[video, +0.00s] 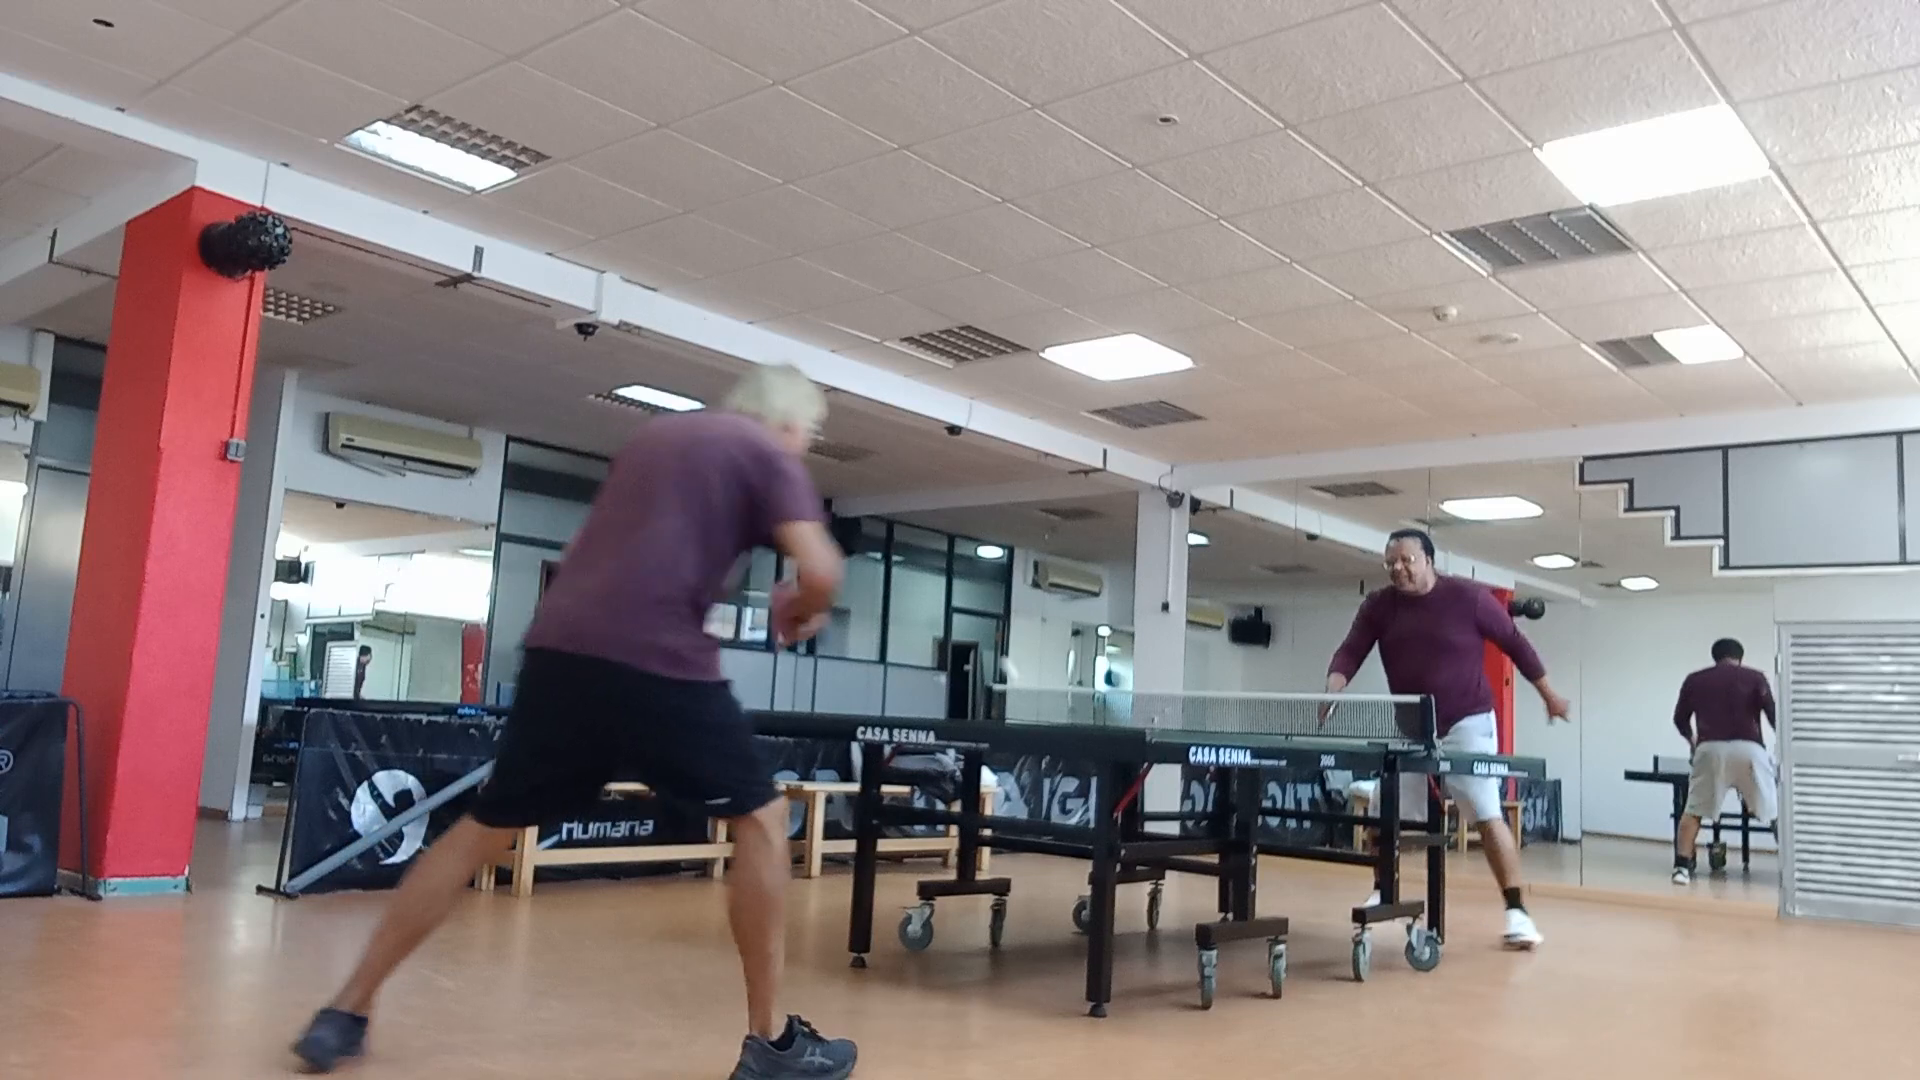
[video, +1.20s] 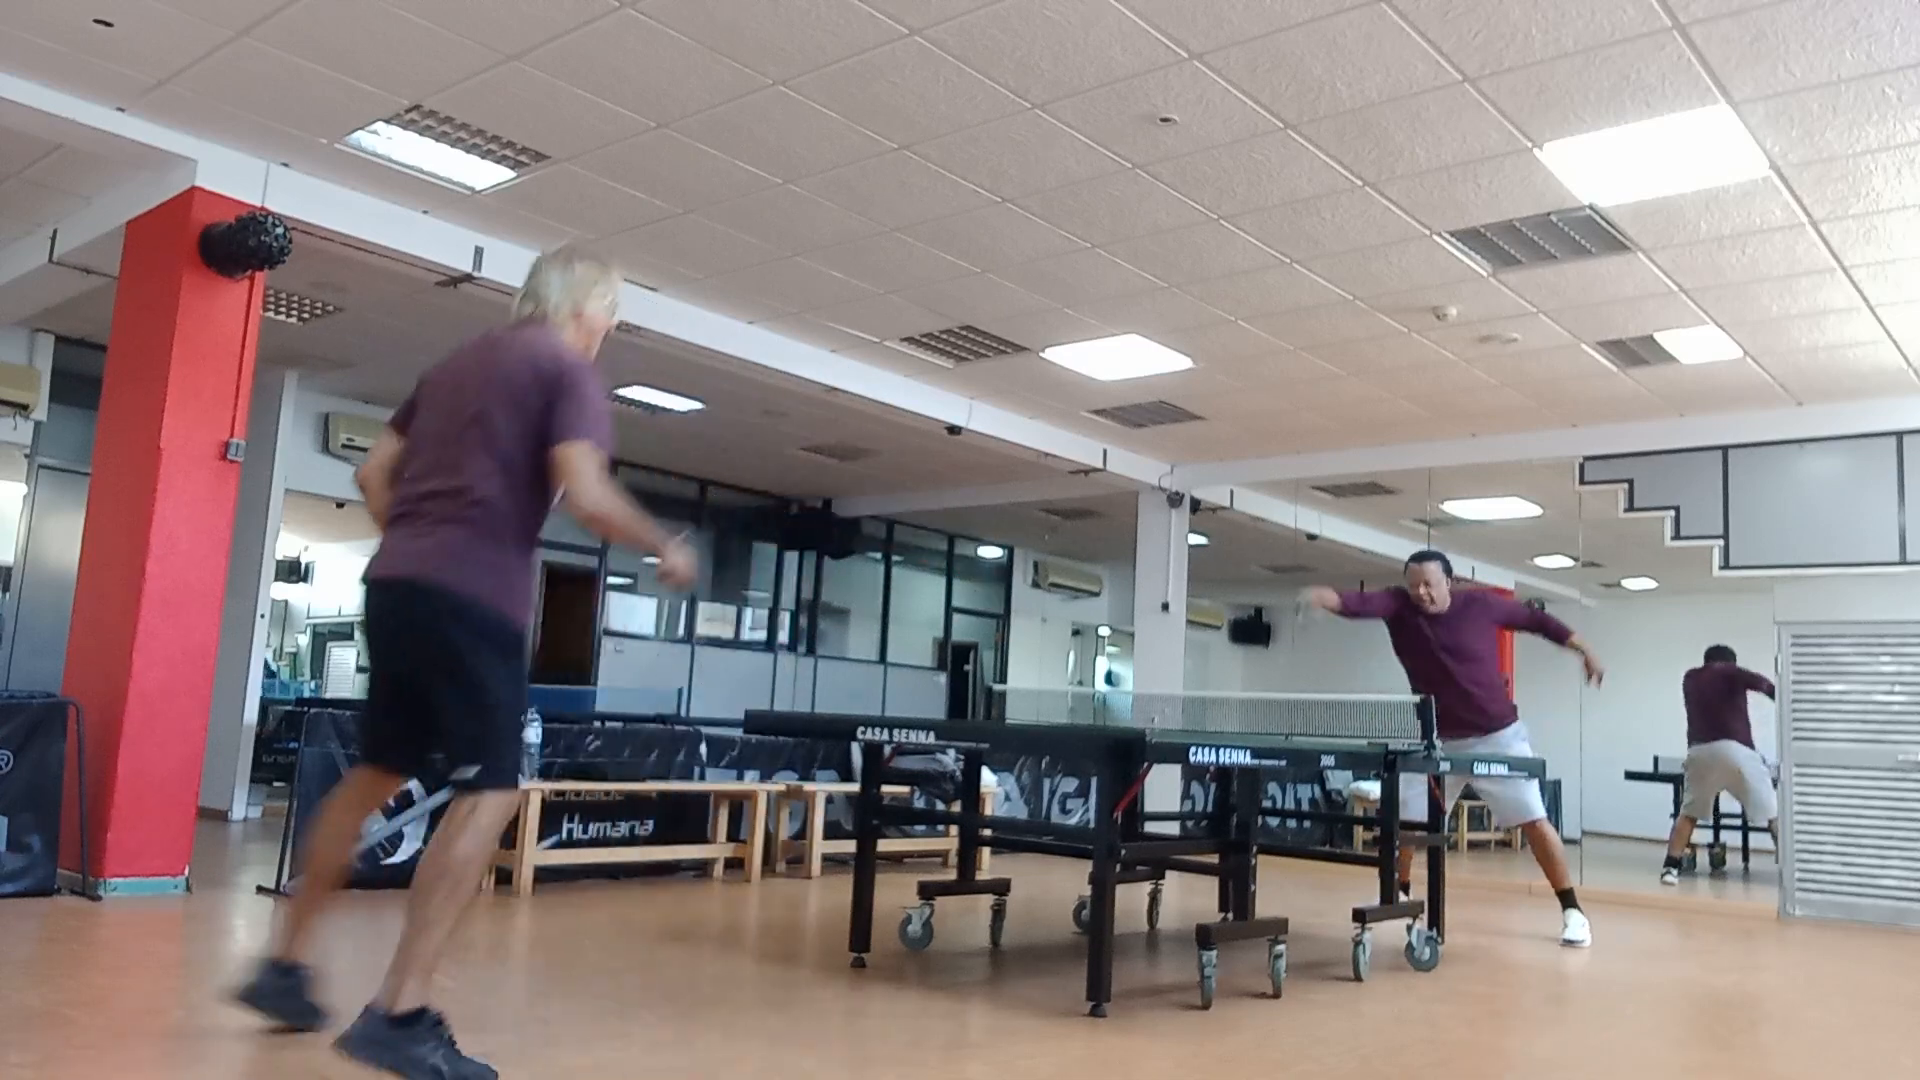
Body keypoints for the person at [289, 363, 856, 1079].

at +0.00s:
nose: (801, 454)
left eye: (807, 443)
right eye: (804, 439)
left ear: (735, 404)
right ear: (786, 422)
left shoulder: (651, 435)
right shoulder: (768, 452)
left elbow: (612, 554)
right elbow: (822, 571)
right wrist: (798, 610)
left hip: (556, 659)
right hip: (661, 668)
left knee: (479, 831)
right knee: (759, 818)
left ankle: (345, 1013)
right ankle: (770, 1035)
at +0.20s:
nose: (864, 468)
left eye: (862, 454)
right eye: (864, 457)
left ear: (798, 417)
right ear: (852, 444)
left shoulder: (720, 443)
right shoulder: (844, 467)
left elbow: (663, 541)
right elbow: (946, 570)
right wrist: (900, 592)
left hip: (616, 629)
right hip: (715, 647)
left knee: (546, 822)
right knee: (793, 817)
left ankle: (417, 1007)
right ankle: (775, 1036)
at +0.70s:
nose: (778, 388)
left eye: (776, 376)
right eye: (777, 377)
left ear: (702, 364)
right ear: (765, 374)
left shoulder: (632, 423)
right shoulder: (766, 419)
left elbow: (573, 547)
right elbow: (865, 499)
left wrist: (629, 599)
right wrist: (916, 519)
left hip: (608, 642)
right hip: (712, 646)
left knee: (548, 811)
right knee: (777, 819)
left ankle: (454, 995)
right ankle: (787, 1028)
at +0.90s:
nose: (669, 367)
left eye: (668, 355)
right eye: (665, 354)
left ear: (587, 348)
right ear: (644, 350)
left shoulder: (529, 419)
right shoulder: (651, 409)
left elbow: (479, 539)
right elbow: (735, 505)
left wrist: (535, 584)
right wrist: (797, 518)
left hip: (521, 633)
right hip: (613, 633)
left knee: (507, 815)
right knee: (680, 822)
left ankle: (445, 1005)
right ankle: (724, 1018)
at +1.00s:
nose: (642, 344)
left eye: (643, 330)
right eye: (640, 329)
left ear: (567, 317)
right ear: (615, 319)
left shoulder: (502, 388)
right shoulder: (613, 374)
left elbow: (436, 500)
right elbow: (680, 479)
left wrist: (487, 563)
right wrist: (749, 509)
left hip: (481, 605)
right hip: (564, 605)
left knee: (484, 792)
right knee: (612, 788)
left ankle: (438, 998)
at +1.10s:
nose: (629, 316)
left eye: (631, 303)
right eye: (627, 300)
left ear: (558, 286)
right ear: (600, 291)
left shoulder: (480, 354)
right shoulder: (596, 350)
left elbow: (402, 460)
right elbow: (638, 470)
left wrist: (447, 535)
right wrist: (711, 516)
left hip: (441, 578)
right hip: (518, 580)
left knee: (433, 768)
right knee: (546, 765)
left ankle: (395, 967)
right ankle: (455, 982)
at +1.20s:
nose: (607, 336)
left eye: (610, 324)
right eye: (608, 322)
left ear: (534, 299)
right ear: (585, 311)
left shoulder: (456, 360)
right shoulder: (569, 366)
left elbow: (375, 470)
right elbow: (585, 489)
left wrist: (411, 544)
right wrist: (661, 543)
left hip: (395, 583)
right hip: (474, 596)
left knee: (378, 768)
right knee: (493, 789)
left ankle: (282, 964)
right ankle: (396, 1014)